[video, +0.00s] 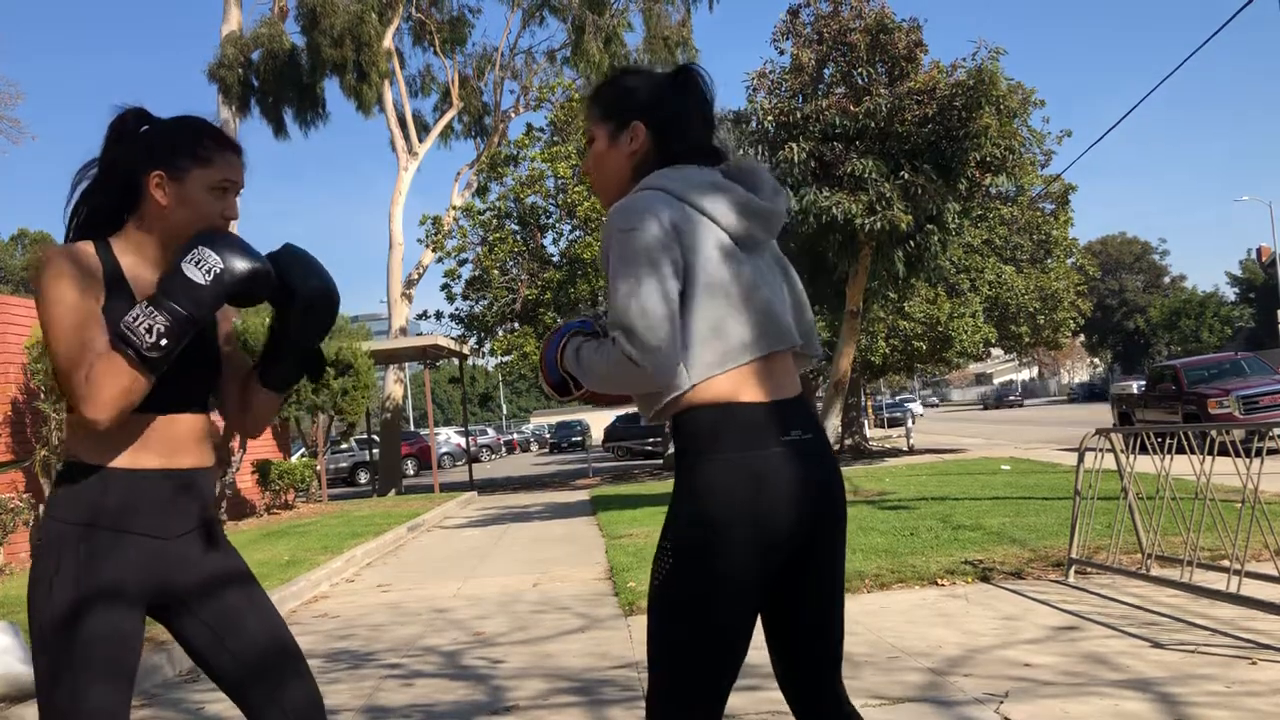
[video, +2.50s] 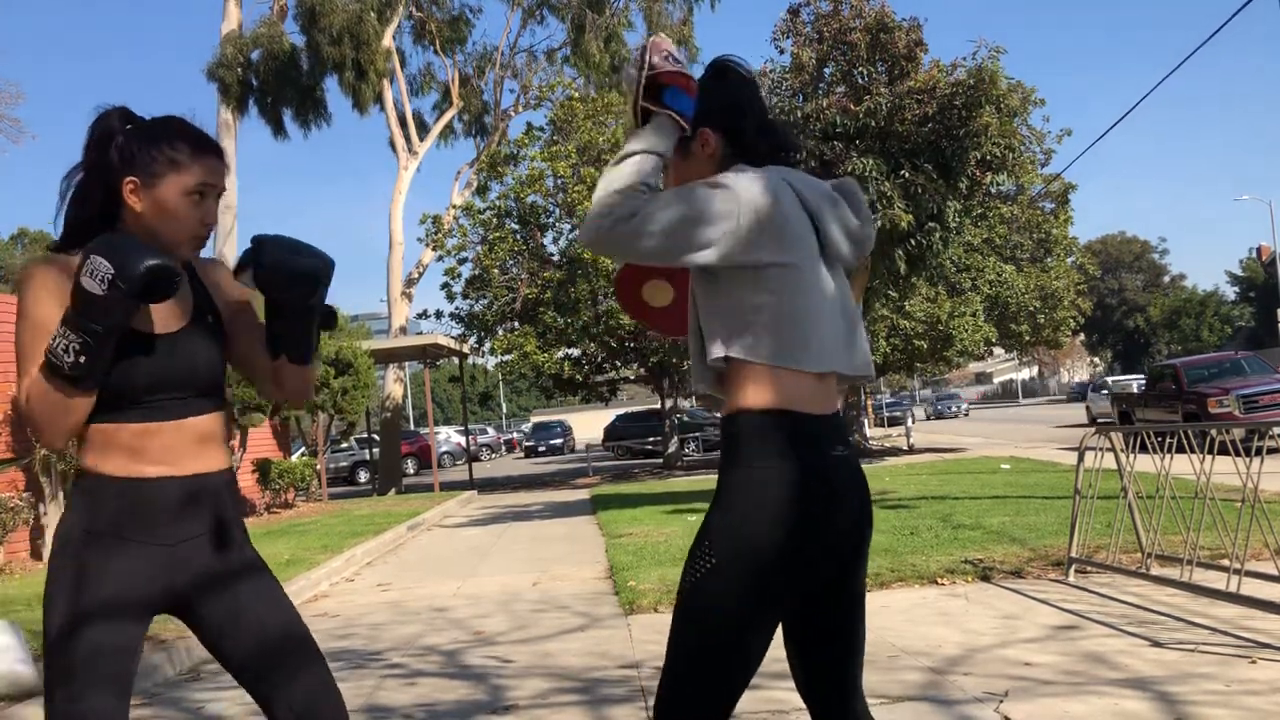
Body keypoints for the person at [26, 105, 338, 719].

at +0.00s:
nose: (234, 212)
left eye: (237, 194)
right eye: (222, 191)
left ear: (168, 190)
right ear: (161, 188)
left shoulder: (207, 294)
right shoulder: (73, 265)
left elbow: (247, 416)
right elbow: (98, 401)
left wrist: (296, 336)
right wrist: (185, 299)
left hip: (195, 532)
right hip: (95, 531)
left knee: (296, 705)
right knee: (85, 710)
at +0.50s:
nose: (218, 231)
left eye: (224, 216)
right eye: (206, 211)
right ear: (145, 199)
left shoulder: (198, 295)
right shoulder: (51, 269)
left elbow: (237, 419)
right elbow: (59, 408)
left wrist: (287, 339)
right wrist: (131, 310)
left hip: (178, 539)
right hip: (73, 540)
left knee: (286, 707)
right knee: (55, 709)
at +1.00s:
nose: (218, 212)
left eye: (220, 195)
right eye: (204, 192)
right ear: (142, 192)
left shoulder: (210, 289)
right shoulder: (56, 265)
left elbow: (222, 429)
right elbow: (27, 411)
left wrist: (275, 360)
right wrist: (109, 321)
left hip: (183, 535)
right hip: (74, 536)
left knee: (284, 708)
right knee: (57, 710)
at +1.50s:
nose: (204, 227)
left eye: (206, 211)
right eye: (190, 207)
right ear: (127, 205)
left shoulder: (193, 297)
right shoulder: (41, 277)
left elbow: (252, 425)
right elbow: (49, 422)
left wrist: (276, 340)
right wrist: (108, 317)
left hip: (190, 541)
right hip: (82, 546)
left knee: (323, 697)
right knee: (70, 709)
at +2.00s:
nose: (225, 228)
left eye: (231, 211)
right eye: (213, 208)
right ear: (148, 201)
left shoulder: (224, 290)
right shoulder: (66, 282)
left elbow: (272, 420)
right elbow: (68, 434)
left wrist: (287, 317)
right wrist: (112, 323)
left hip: (215, 539)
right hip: (108, 541)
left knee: (326, 706)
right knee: (78, 709)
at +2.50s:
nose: (213, 215)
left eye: (216, 198)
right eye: (200, 196)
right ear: (134, 193)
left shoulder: (214, 282)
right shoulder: (56, 279)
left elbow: (291, 389)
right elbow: (47, 429)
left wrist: (297, 310)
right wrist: (94, 319)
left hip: (215, 531)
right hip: (107, 536)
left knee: (318, 707)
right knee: (84, 711)